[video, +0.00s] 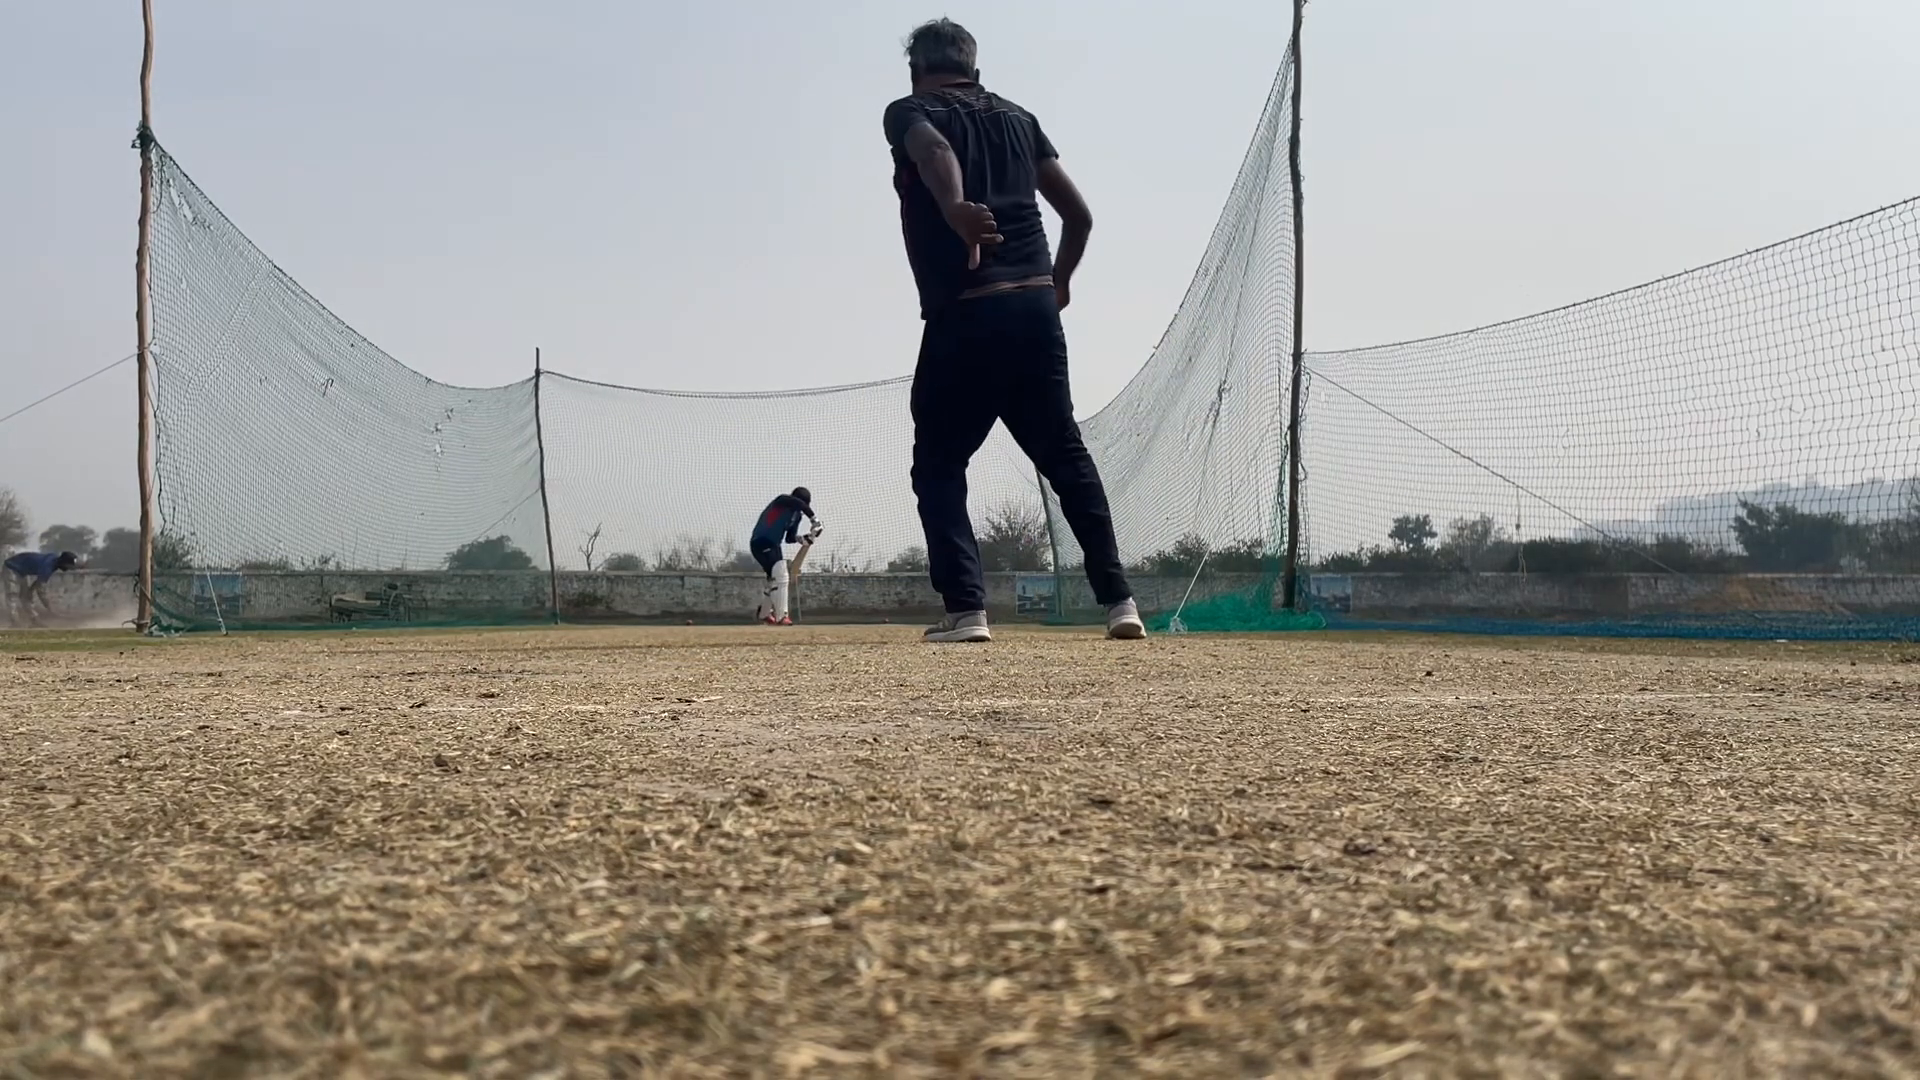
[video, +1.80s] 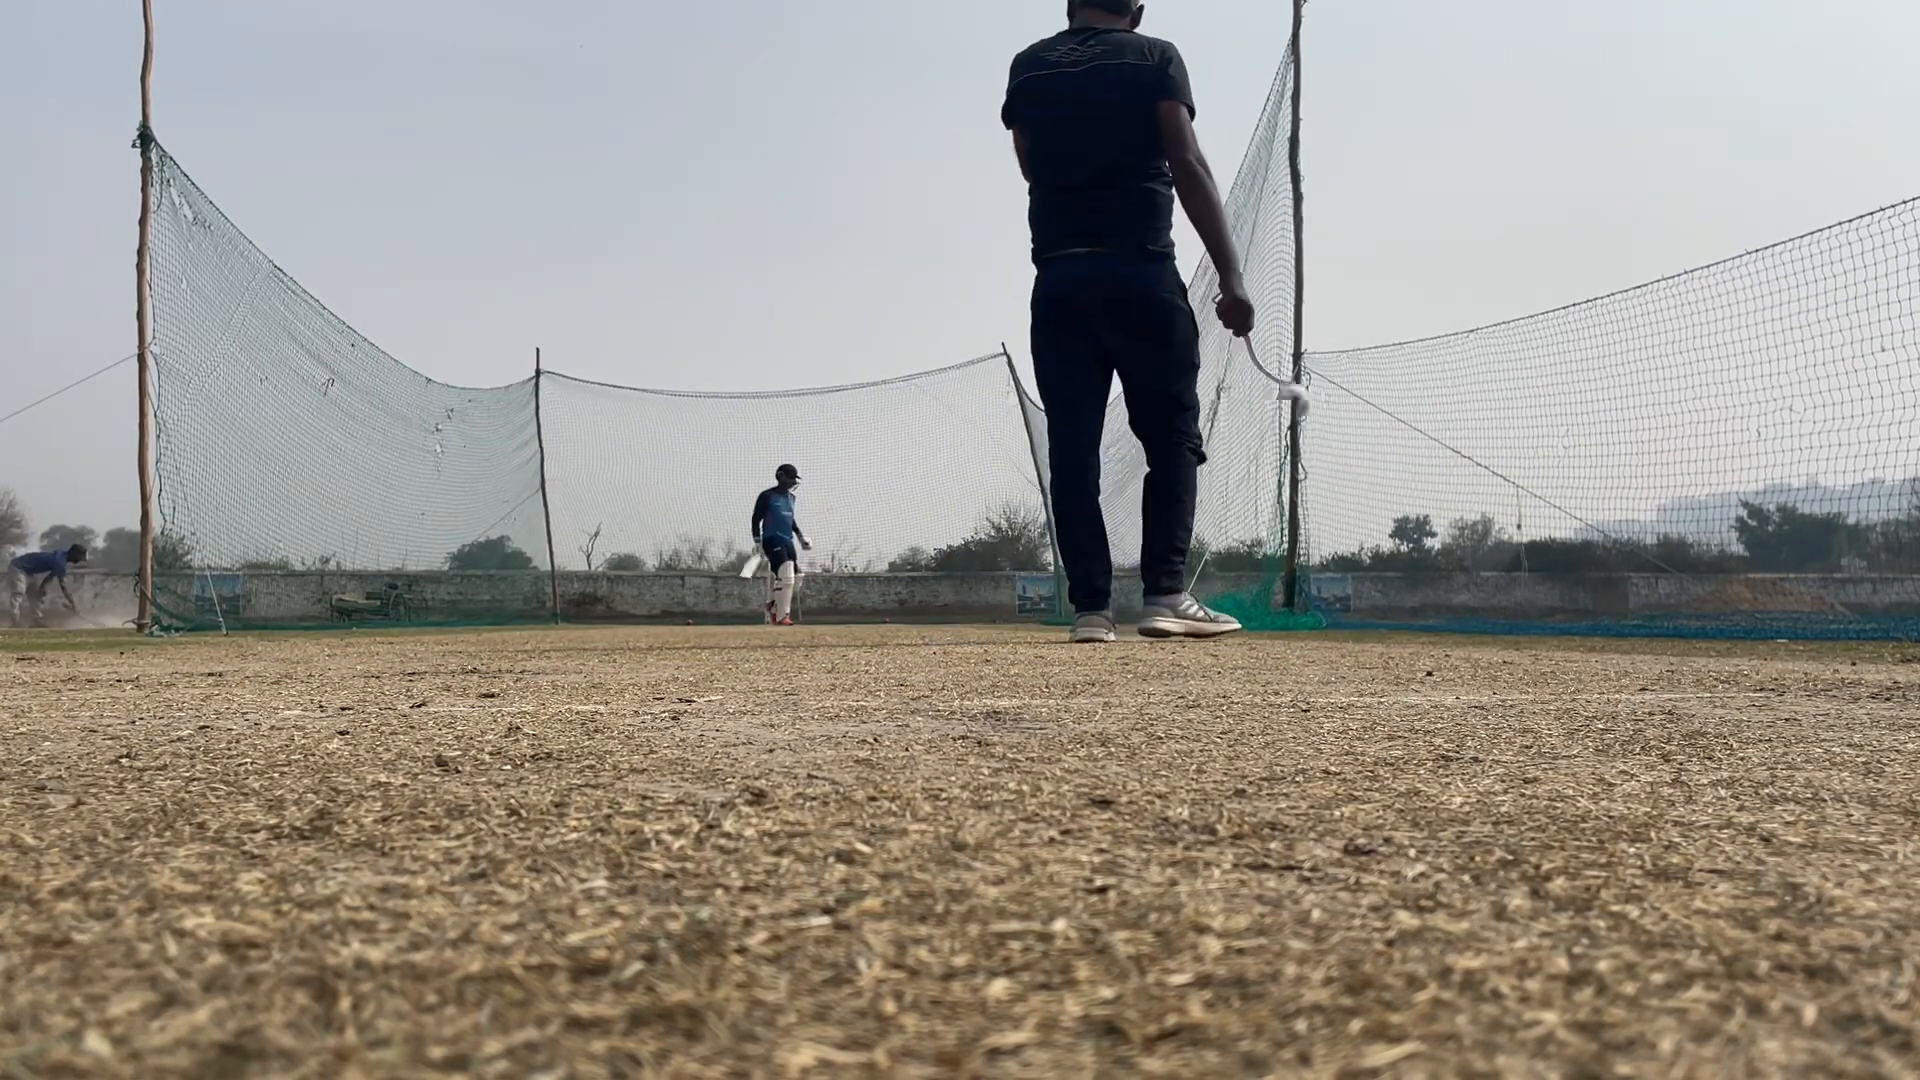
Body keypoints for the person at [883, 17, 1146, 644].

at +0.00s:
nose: (912, 82)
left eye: (912, 74)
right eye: (917, 76)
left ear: (918, 72)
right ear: (974, 71)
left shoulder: (909, 109)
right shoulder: (1016, 117)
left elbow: (937, 151)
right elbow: (1078, 216)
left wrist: (953, 208)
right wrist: (1060, 279)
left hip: (966, 320)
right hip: (1038, 316)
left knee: (937, 467)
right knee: (1066, 455)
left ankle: (966, 612)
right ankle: (1119, 603)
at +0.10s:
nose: (930, 75)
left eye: (929, 67)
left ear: (931, 66)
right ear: (992, 69)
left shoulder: (922, 106)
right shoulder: (1031, 120)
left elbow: (930, 170)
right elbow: (1074, 232)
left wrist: (928, 260)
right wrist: (1043, 288)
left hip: (969, 316)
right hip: (1040, 313)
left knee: (944, 465)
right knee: (1066, 452)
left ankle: (966, 614)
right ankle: (1118, 604)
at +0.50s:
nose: (991, 78)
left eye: (989, 69)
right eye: (1038, 71)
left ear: (986, 66)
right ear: (1048, 71)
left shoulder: (959, 110)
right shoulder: (1083, 122)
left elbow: (900, 217)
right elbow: (1124, 234)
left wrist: (933, 194)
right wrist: (1116, 317)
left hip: (997, 312)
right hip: (1076, 311)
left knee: (965, 459)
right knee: (1095, 456)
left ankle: (966, 613)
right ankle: (1123, 611)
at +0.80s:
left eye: (1052, 73)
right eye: (1102, 76)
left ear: (1048, 71)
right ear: (1108, 78)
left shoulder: (1019, 109)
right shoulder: (1139, 127)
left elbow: (967, 205)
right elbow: (1179, 230)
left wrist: (1001, 151)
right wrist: (1205, 330)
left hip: (1044, 305)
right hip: (1121, 309)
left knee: (1009, 453)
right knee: (1120, 456)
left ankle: (971, 609)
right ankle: (1124, 611)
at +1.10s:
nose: (1145, 71)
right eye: (1146, 64)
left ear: (1083, 56)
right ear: (1144, 64)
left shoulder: (1045, 99)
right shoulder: (1166, 115)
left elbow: (1010, 193)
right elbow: (1201, 223)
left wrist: (1057, 148)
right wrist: (1229, 328)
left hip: (1054, 306)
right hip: (1132, 309)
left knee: (1043, 445)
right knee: (1130, 455)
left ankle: (1067, 567)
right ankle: (1125, 611)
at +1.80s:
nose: (1142, 17)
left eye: (1136, 16)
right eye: (1143, 13)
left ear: (1072, 9)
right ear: (1134, 11)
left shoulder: (1028, 62)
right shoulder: (1154, 53)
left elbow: (1031, 168)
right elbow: (1187, 166)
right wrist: (1230, 277)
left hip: (1060, 283)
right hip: (1144, 279)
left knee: (1071, 448)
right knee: (1173, 438)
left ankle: (1090, 612)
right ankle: (1167, 599)